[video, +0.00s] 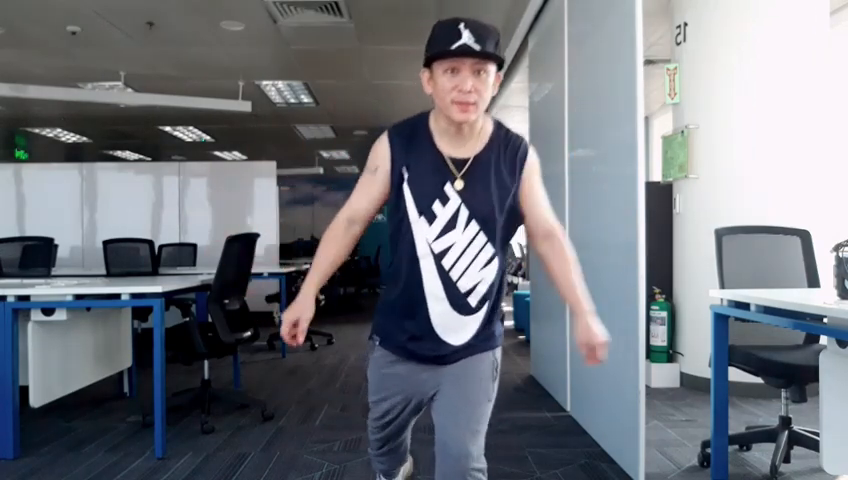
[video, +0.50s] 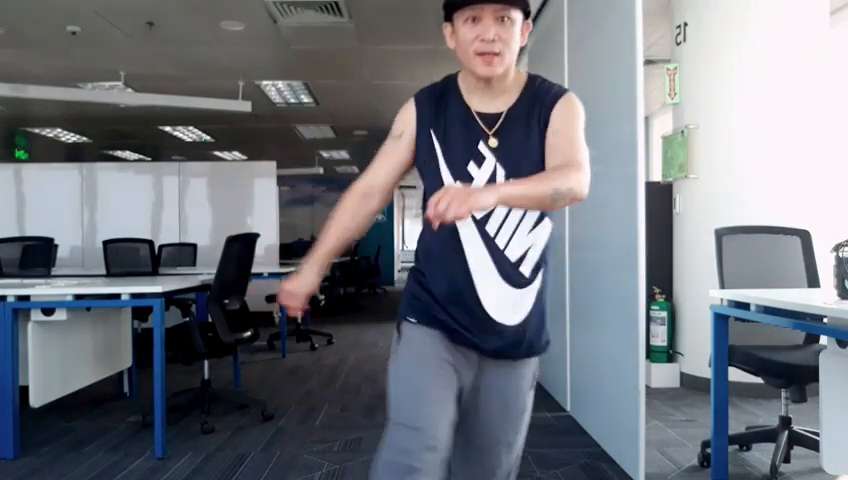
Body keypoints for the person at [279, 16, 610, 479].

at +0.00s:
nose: (466, 85)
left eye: (479, 72)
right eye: (452, 72)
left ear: (495, 81)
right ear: (427, 80)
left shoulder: (515, 154)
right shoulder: (395, 146)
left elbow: (547, 235)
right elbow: (350, 221)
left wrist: (584, 314)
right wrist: (308, 291)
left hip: (474, 344)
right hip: (400, 339)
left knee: (462, 464)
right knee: (384, 441)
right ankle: (394, 473)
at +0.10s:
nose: (471, 72)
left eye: (484, 59)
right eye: (457, 59)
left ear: (501, 69)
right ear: (433, 68)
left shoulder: (527, 144)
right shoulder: (401, 132)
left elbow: (568, 221)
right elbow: (350, 201)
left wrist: (610, 289)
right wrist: (319, 256)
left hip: (479, 340)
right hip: (405, 332)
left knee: (464, 463)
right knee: (380, 432)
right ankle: (391, 470)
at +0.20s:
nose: (472, 62)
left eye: (485, 48)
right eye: (458, 48)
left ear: (506, 56)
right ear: (435, 59)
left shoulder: (538, 128)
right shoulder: (409, 114)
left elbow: (574, 199)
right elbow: (356, 172)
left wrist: (613, 227)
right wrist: (329, 202)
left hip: (489, 337)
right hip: (411, 325)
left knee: (469, 468)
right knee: (372, 456)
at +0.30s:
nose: (478, 50)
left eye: (492, 35)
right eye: (463, 37)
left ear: (512, 44)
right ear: (441, 48)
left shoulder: (546, 117)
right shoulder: (415, 110)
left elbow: (589, 189)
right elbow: (360, 174)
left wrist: (568, 190)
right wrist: (307, 209)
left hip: (496, 337)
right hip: (416, 324)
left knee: (475, 470)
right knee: (370, 460)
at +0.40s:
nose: (485, 38)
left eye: (499, 24)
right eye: (470, 25)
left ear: (520, 35)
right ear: (447, 38)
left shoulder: (553, 107)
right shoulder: (420, 109)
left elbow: (575, 180)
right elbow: (356, 188)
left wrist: (506, 187)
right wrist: (288, 255)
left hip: (506, 335)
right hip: (424, 323)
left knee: (485, 472)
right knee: (390, 459)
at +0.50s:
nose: (489, 34)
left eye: (503, 20)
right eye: (473, 20)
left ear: (525, 31)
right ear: (450, 34)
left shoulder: (558, 105)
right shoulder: (424, 109)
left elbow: (573, 181)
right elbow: (367, 193)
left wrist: (488, 194)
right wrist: (310, 269)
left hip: (515, 333)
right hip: (432, 323)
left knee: (492, 471)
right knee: (413, 464)